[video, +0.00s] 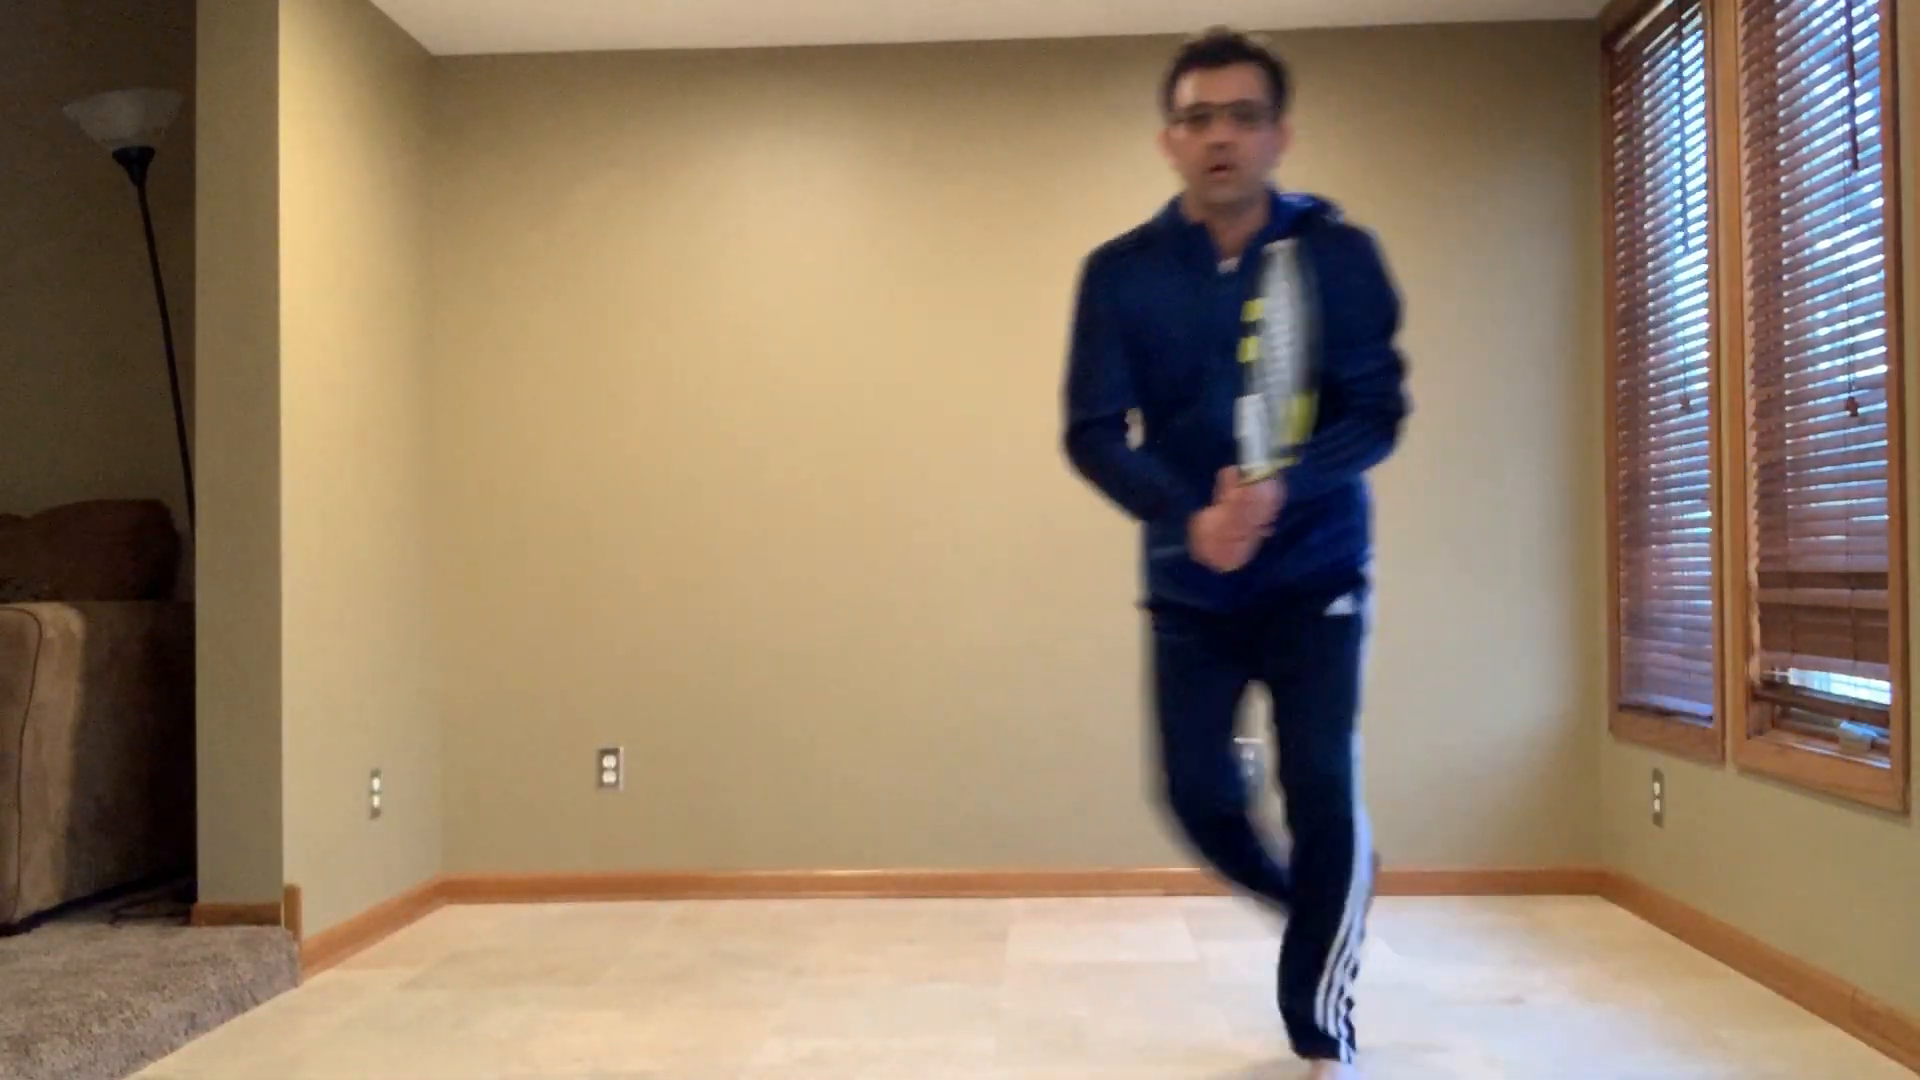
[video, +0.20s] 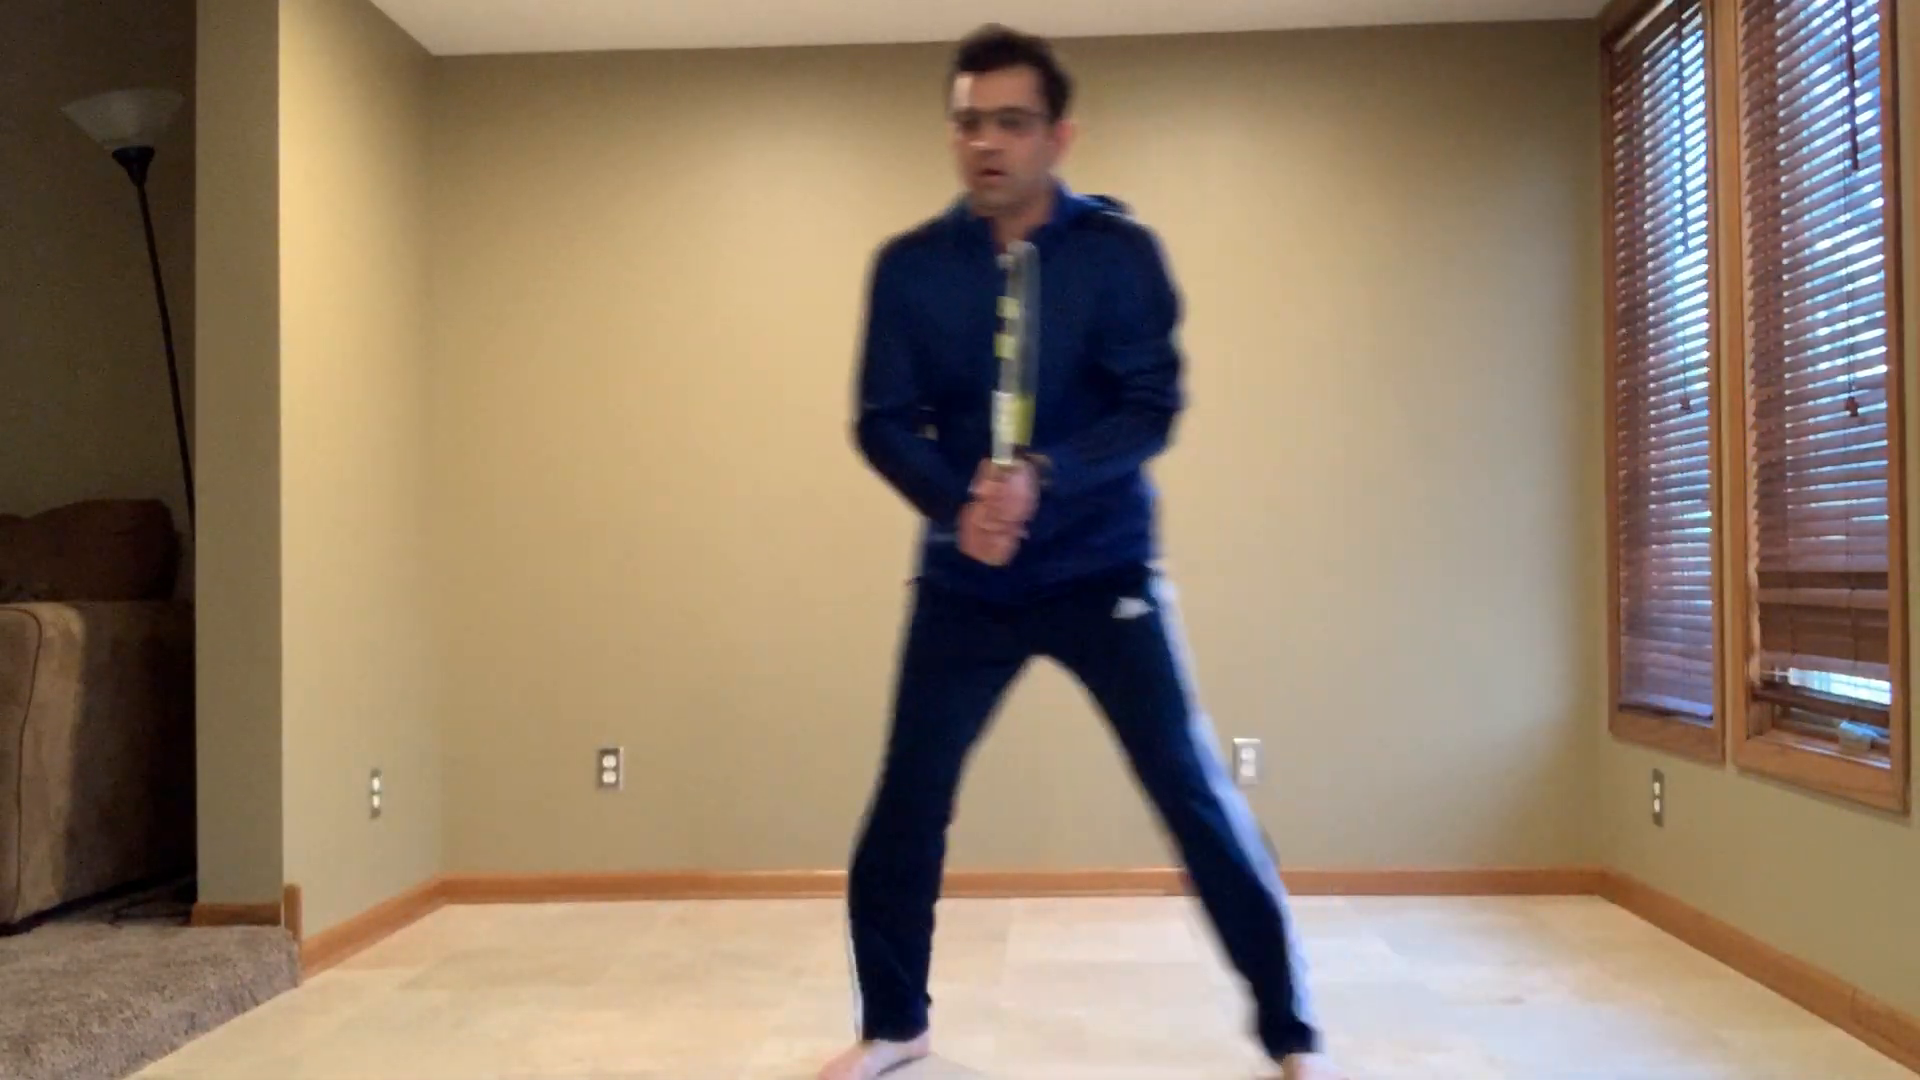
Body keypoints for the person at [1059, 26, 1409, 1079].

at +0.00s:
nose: (1217, 136)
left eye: (1241, 116)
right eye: (1195, 118)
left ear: (1280, 133)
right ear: (1167, 138)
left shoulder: (1338, 255)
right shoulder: (1121, 272)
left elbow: (1377, 410)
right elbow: (1090, 435)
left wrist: (1279, 488)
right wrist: (1189, 521)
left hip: (1315, 577)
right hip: (1192, 585)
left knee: (1322, 794)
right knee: (1198, 795)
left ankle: (1320, 1019)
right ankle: (1319, 901)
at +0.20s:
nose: (984, 141)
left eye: (1010, 122)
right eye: (968, 122)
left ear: (1060, 134)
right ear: (951, 134)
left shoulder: (1119, 252)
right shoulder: (910, 265)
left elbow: (1149, 406)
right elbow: (882, 421)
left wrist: (1040, 477)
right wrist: (957, 501)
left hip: (1103, 575)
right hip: (965, 584)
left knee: (1193, 794)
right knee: (908, 801)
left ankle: (1291, 1036)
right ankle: (893, 1029)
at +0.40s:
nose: (800, 137)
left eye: (825, 118)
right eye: (787, 117)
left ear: (882, 125)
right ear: (775, 126)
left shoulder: (943, 253)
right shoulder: (736, 247)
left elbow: (957, 408)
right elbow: (701, 394)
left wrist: (841, 478)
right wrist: (759, 485)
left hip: (903, 559)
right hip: (770, 557)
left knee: (903, 779)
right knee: (709, 757)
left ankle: (877, 994)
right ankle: (748, 972)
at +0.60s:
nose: (630, 153)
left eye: (656, 137)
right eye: (618, 134)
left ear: (711, 158)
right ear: (603, 147)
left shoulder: (752, 279)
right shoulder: (547, 265)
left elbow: (773, 440)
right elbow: (507, 412)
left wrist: (655, 498)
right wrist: (574, 509)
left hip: (708, 589)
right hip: (574, 591)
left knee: (769, 790)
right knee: (520, 804)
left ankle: (857, 1011)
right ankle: (507, 1023)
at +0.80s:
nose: (494, 137)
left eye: (522, 122)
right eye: (481, 116)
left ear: (570, 147)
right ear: (460, 131)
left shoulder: (618, 268)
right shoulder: (405, 248)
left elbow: (640, 425)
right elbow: (362, 394)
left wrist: (508, 487)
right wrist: (430, 490)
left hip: (568, 561)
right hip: (434, 554)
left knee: (559, 788)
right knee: (357, 764)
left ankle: (535, 1011)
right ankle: (341, 990)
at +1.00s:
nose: (386, 245)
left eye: (416, 229)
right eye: (374, 222)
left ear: (463, 257)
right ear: (353, 232)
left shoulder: (505, 373)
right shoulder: (289, 342)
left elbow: (512, 536)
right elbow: (246, 492)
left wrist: (387, 603)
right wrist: (312, 607)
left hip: (462, 616)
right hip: (323, 615)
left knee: (493, 798)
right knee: (240, 808)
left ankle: (532, 1022)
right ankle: (202, 1030)